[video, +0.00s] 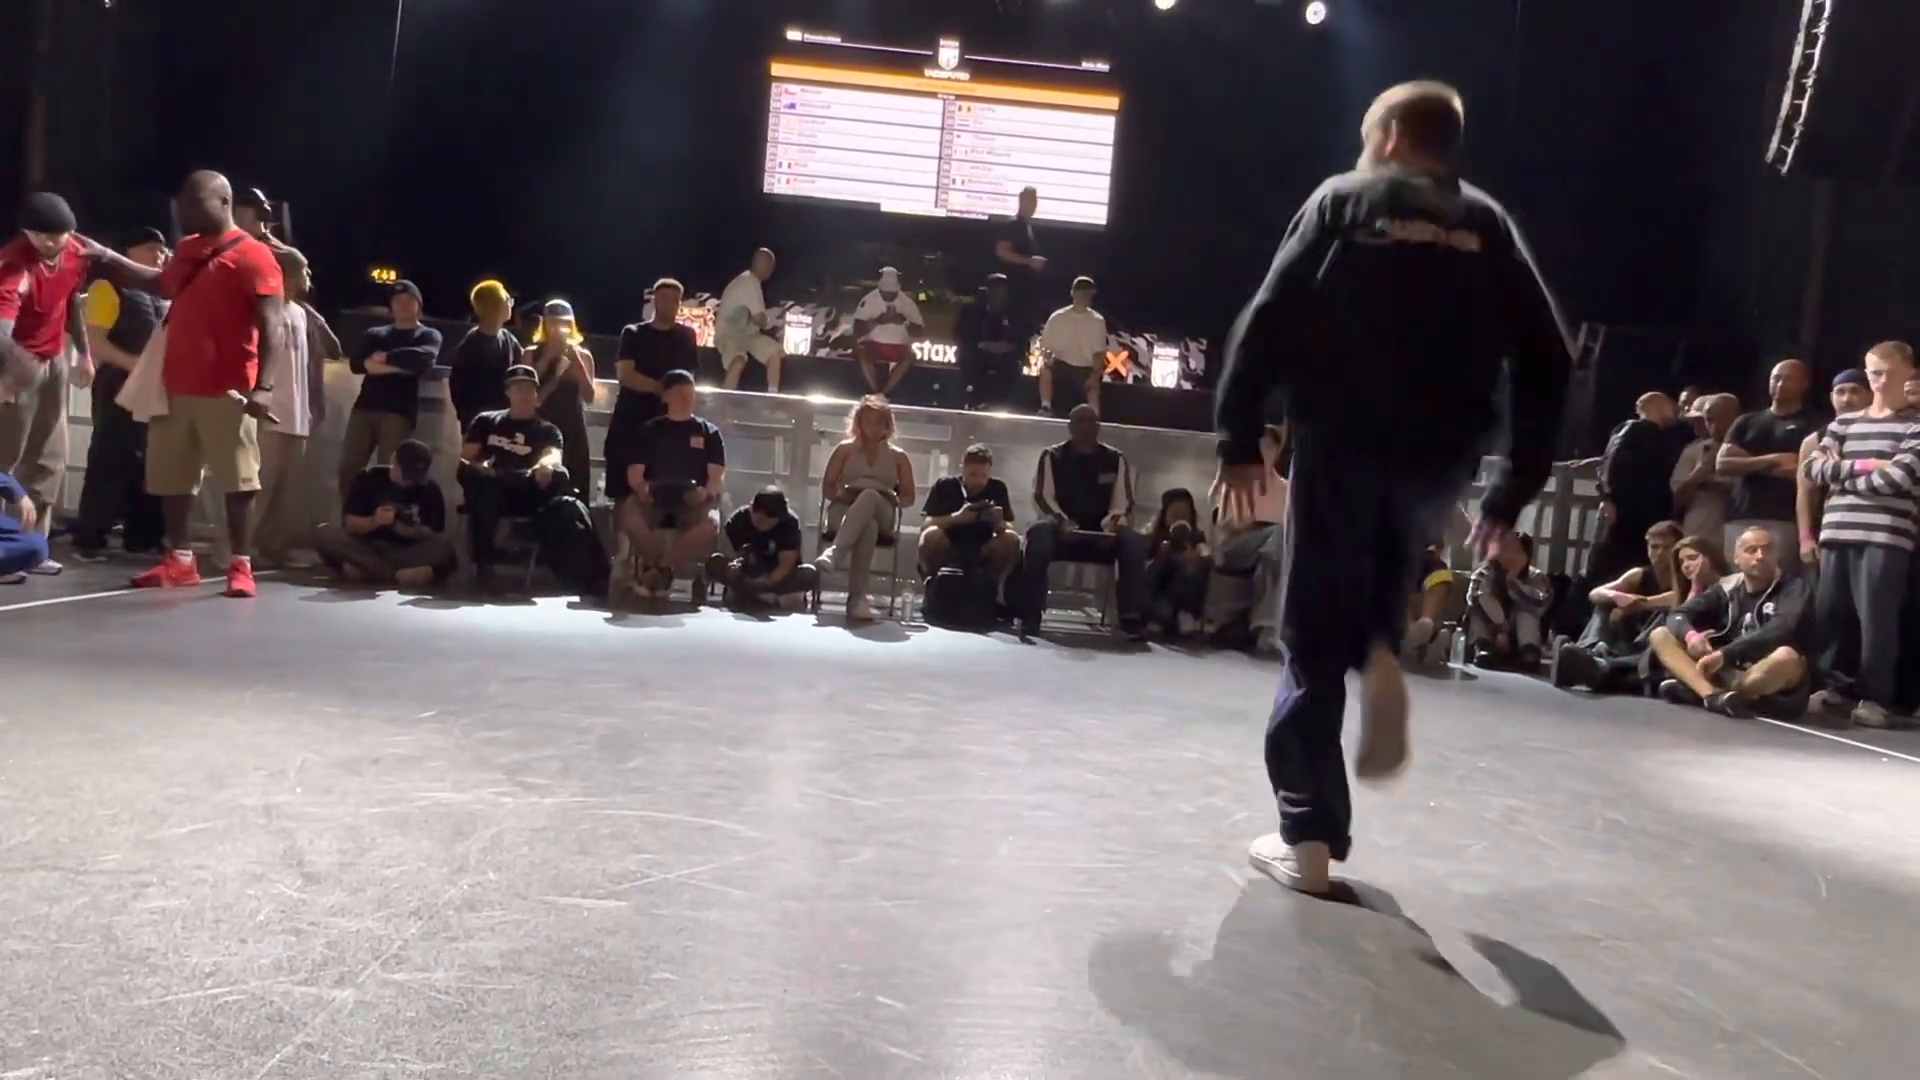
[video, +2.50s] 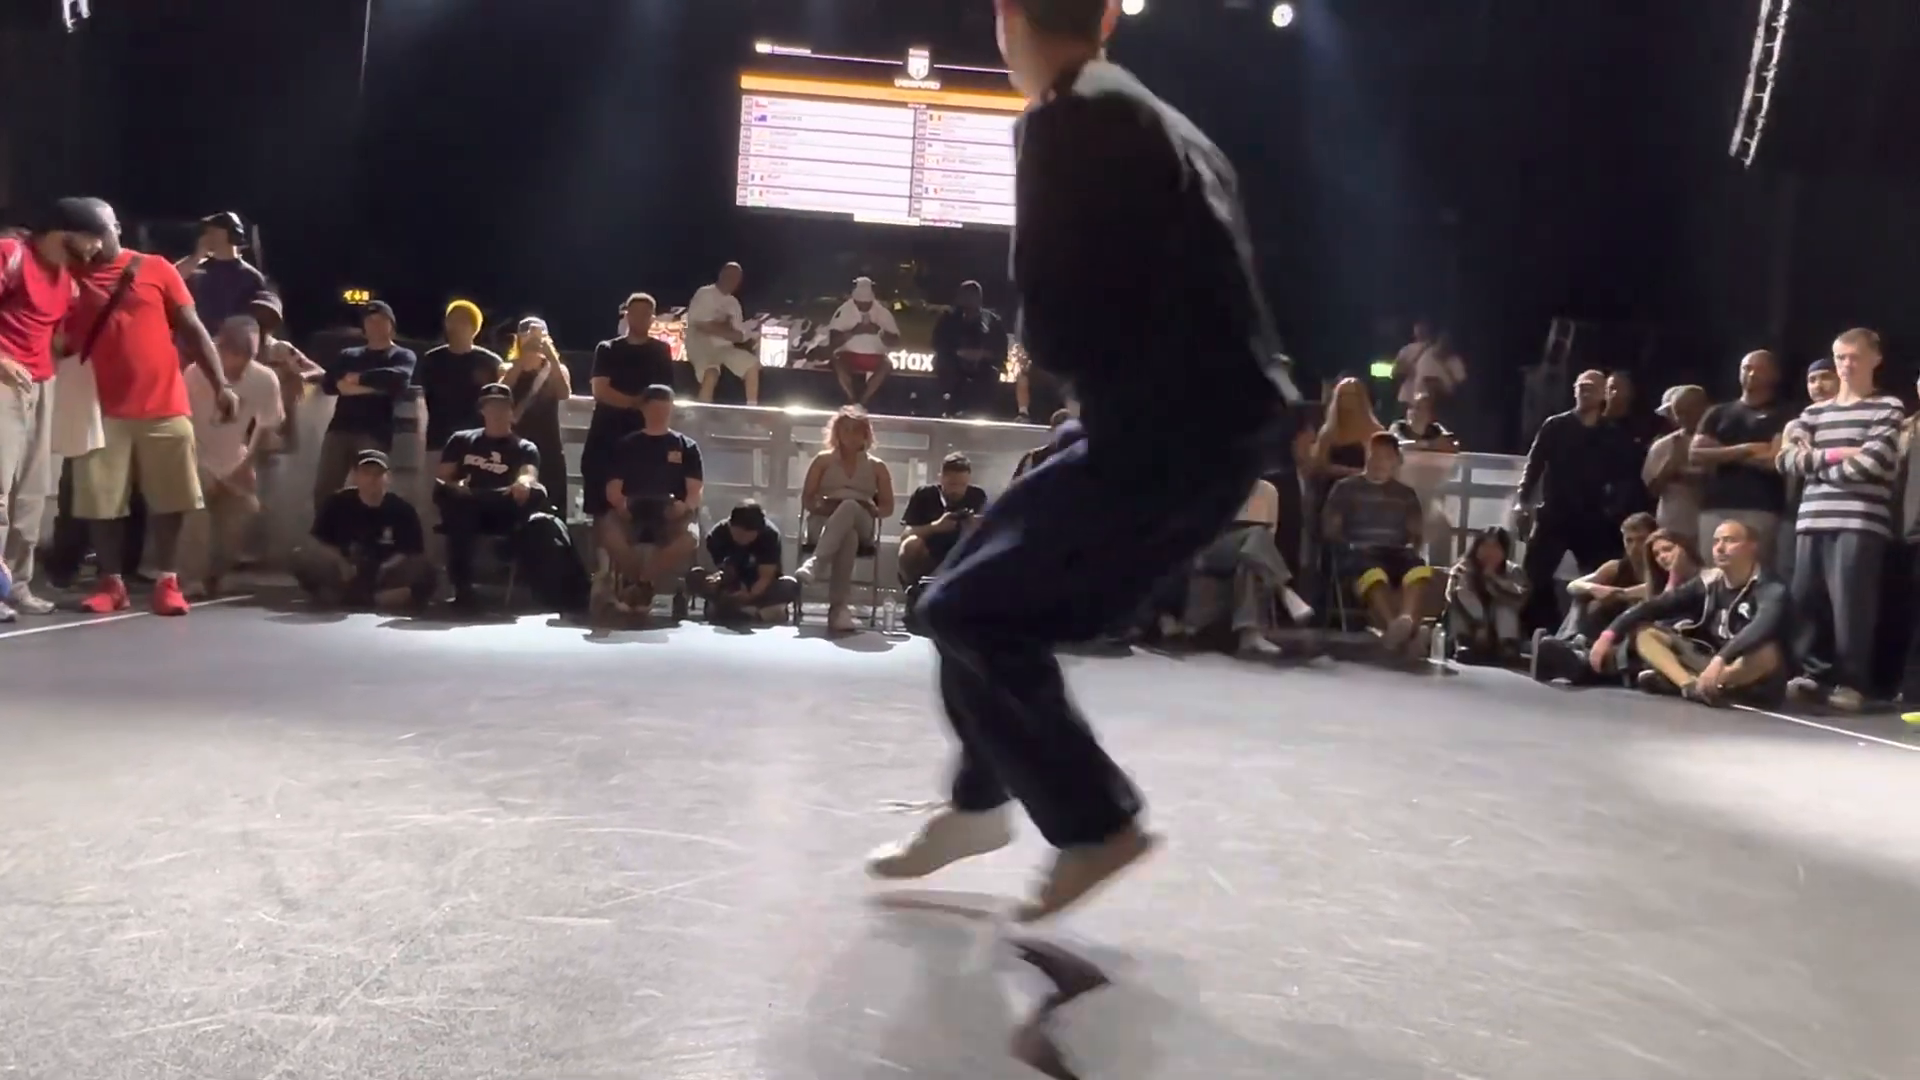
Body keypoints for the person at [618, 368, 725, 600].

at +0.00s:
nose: (685, 397)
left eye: (688, 391)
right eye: (679, 392)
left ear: (694, 395)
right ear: (665, 396)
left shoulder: (709, 432)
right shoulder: (648, 430)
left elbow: (716, 476)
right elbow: (634, 472)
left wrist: (704, 493)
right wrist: (644, 491)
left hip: (691, 492)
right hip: (655, 490)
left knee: (709, 525)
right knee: (630, 514)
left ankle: (658, 570)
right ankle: (661, 569)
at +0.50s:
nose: (684, 397)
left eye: (688, 391)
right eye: (678, 391)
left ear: (694, 395)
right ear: (665, 396)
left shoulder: (710, 432)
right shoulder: (647, 430)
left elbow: (716, 477)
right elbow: (635, 473)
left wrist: (707, 493)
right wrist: (646, 492)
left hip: (692, 494)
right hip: (655, 492)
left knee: (707, 526)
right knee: (632, 514)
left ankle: (659, 570)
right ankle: (661, 572)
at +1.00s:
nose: (683, 397)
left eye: (688, 391)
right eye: (678, 392)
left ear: (695, 395)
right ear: (667, 396)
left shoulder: (710, 432)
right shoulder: (649, 430)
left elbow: (717, 477)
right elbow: (635, 472)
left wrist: (706, 494)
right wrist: (645, 490)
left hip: (692, 493)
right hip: (656, 491)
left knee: (707, 527)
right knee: (633, 515)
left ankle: (658, 570)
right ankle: (663, 572)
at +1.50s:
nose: (680, 400)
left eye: (685, 394)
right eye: (675, 394)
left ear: (692, 397)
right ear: (665, 397)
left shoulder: (708, 437)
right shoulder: (647, 434)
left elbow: (715, 482)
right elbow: (633, 477)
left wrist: (704, 498)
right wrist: (644, 494)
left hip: (690, 499)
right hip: (654, 497)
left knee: (708, 530)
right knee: (630, 520)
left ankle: (659, 574)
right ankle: (662, 575)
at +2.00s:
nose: (671, 405)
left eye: (676, 400)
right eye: (666, 400)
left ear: (684, 402)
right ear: (657, 403)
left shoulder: (699, 441)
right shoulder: (638, 439)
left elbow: (706, 486)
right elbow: (625, 482)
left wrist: (696, 503)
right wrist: (635, 499)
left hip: (681, 503)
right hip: (645, 502)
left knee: (700, 533)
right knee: (621, 524)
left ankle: (653, 579)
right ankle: (654, 581)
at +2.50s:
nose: (659, 412)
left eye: (664, 407)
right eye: (654, 406)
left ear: (671, 409)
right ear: (644, 409)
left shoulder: (687, 447)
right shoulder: (625, 445)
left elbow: (695, 494)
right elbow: (613, 489)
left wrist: (679, 508)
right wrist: (628, 510)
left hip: (670, 509)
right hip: (633, 508)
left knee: (689, 537)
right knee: (608, 527)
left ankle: (642, 581)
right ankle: (639, 584)